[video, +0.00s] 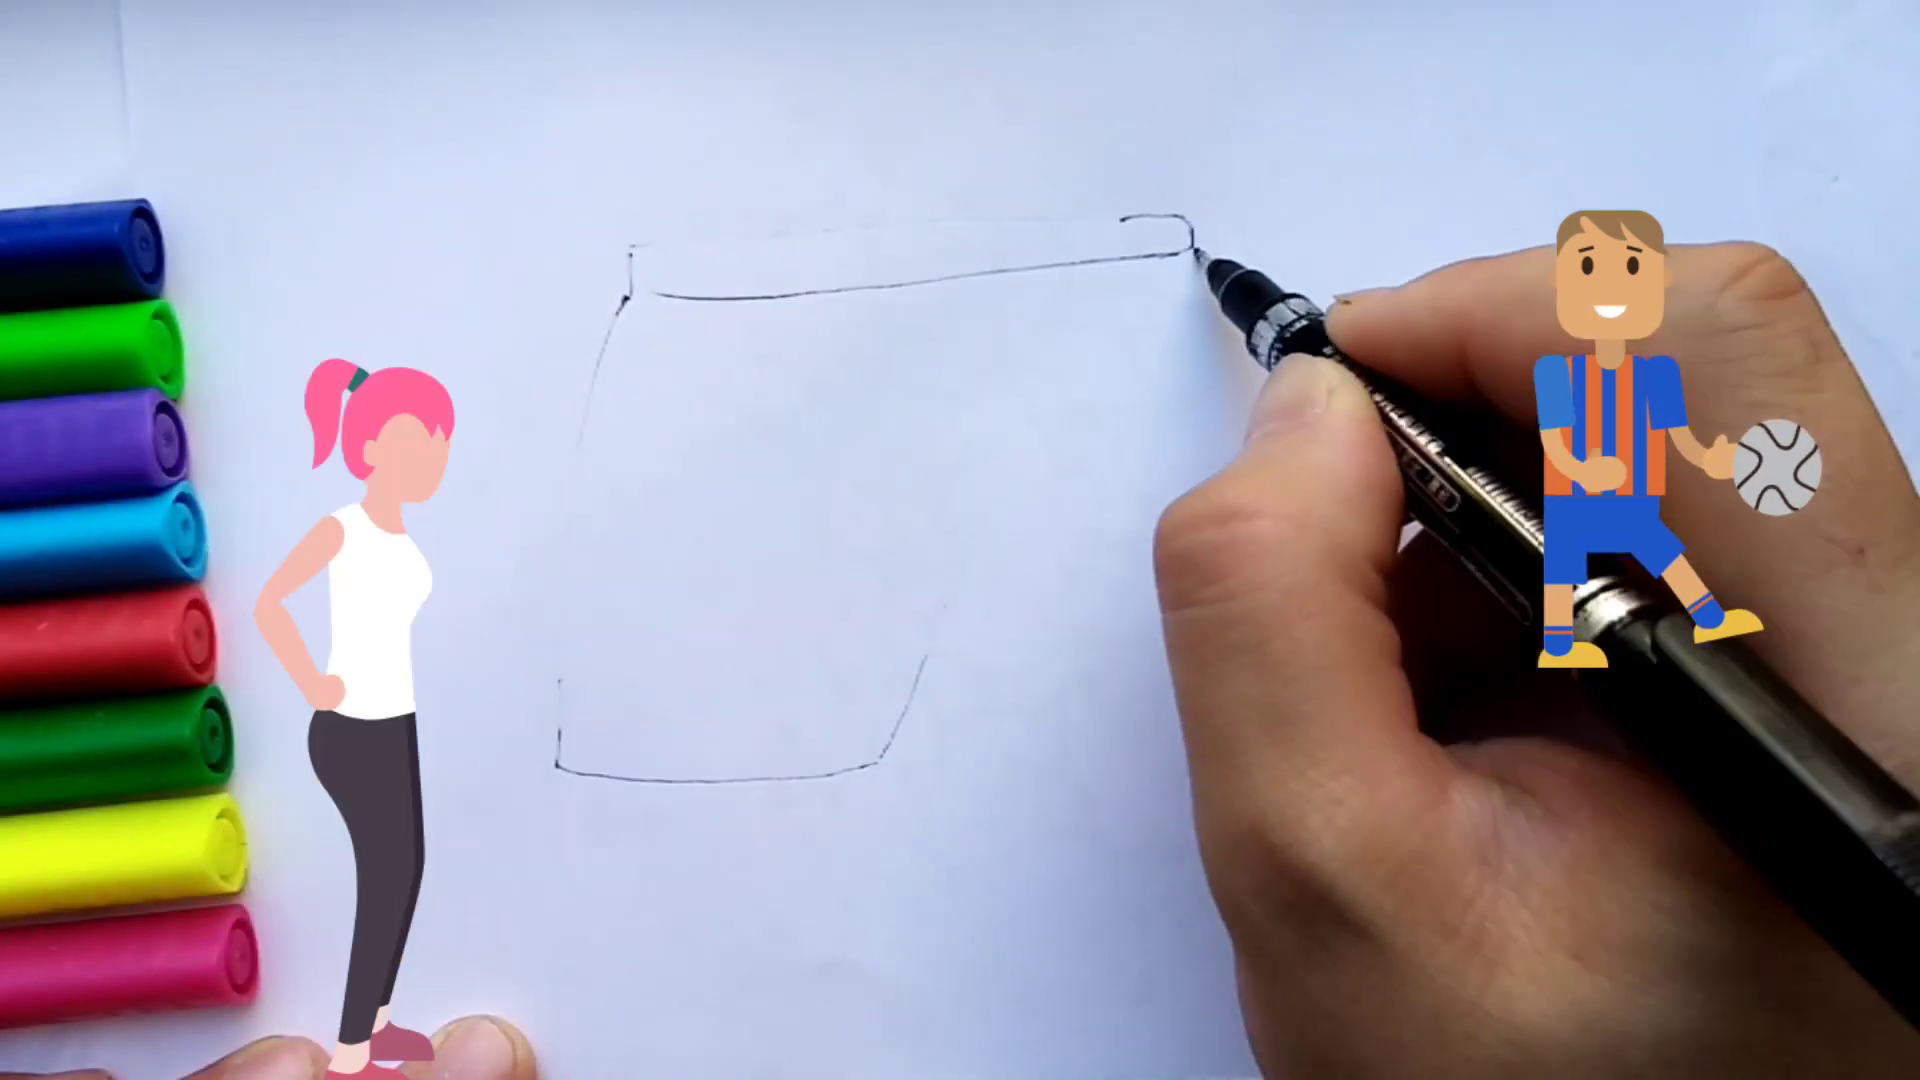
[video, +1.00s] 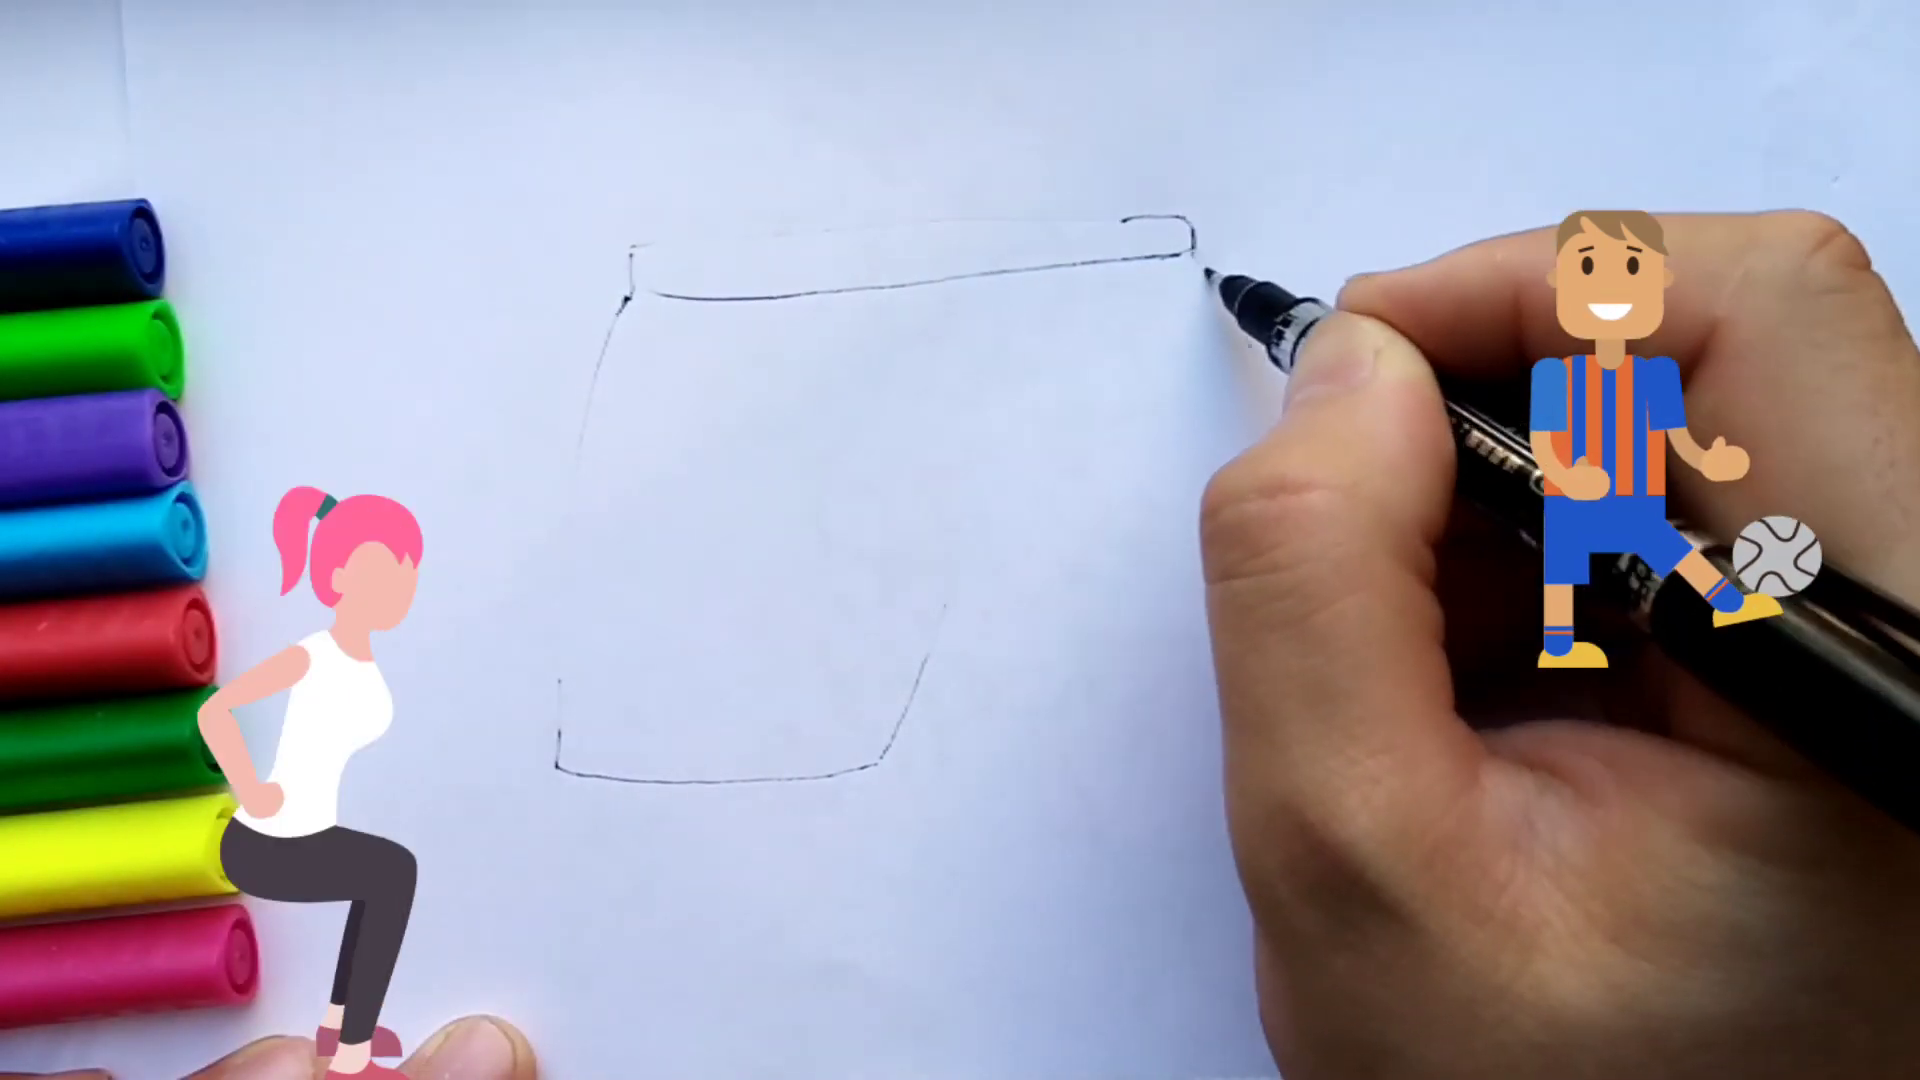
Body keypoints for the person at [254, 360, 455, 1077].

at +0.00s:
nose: (437, 456)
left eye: (440, 441)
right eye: (422, 439)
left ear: (440, 450)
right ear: (375, 447)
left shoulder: (404, 535)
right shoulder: (343, 529)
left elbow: (384, 623)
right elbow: (268, 605)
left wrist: (394, 686)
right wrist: (312, 684)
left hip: (397, 731)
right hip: (353, 733)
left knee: (405, 873)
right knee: (387, 878)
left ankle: (373, 1021)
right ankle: (349, 1051)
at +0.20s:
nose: (437, 456)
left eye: (440, 440)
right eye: (421, 438)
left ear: (440, 450)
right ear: (374, 446)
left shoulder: (404, 536)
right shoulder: (344, 529)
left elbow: (384, 623)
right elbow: (268, 604)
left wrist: (395, 686)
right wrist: (312, 683)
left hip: (397, 731)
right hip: (353, 732)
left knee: (405, 872)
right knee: (387, 878)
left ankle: (373, 1021)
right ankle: (349, 1051)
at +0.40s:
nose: (404, 588)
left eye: (404, 572)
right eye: (387, 571)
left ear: (404, 579)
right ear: (344, 578)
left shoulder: (363, 661)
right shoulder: (311, 656)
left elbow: (322, 739)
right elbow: (213, 713)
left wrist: (317, 798)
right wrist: (249, 790)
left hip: (307, 842)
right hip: (263, 851)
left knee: (391, 865)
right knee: (392, 873)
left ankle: (340, 1023)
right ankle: (350, 1056)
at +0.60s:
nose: (435, 455)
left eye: (439, 440)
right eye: (419, 437)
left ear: (440, 450)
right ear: (374, 446)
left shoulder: (403, 535)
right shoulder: (344, 529)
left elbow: (383, 621)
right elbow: (268, 605)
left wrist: (394, 684)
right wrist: (312, 684)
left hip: (397, 730)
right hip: (353, 732)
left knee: (405, 874)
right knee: (387, 879)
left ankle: (373, 1022)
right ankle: (348, 1052)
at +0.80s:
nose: (436, 456)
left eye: (439, 440)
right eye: (420, 438)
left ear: (440, 450)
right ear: (374, 446)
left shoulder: (404, 535)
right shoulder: (344, 529)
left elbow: (384, 622)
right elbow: (268, 606)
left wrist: (394, 686)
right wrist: (312, 684)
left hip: (397, 730)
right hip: (354, 732)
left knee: (405, 873)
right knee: (387, 878)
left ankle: (374, 1021)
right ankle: (349, 1052)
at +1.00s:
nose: (407, 589)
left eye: (407, 573)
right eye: (393, 571)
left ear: (401, 581)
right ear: (346, 579)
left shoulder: (363, 661)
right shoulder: (311, 656)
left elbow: (320, 737)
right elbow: (213, 712)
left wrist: (314, 796)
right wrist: (249, 790)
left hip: (307, 841)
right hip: (263, 851)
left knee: (391, 864)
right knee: (392, 873)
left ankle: (340, 1021)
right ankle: (350, 1056)